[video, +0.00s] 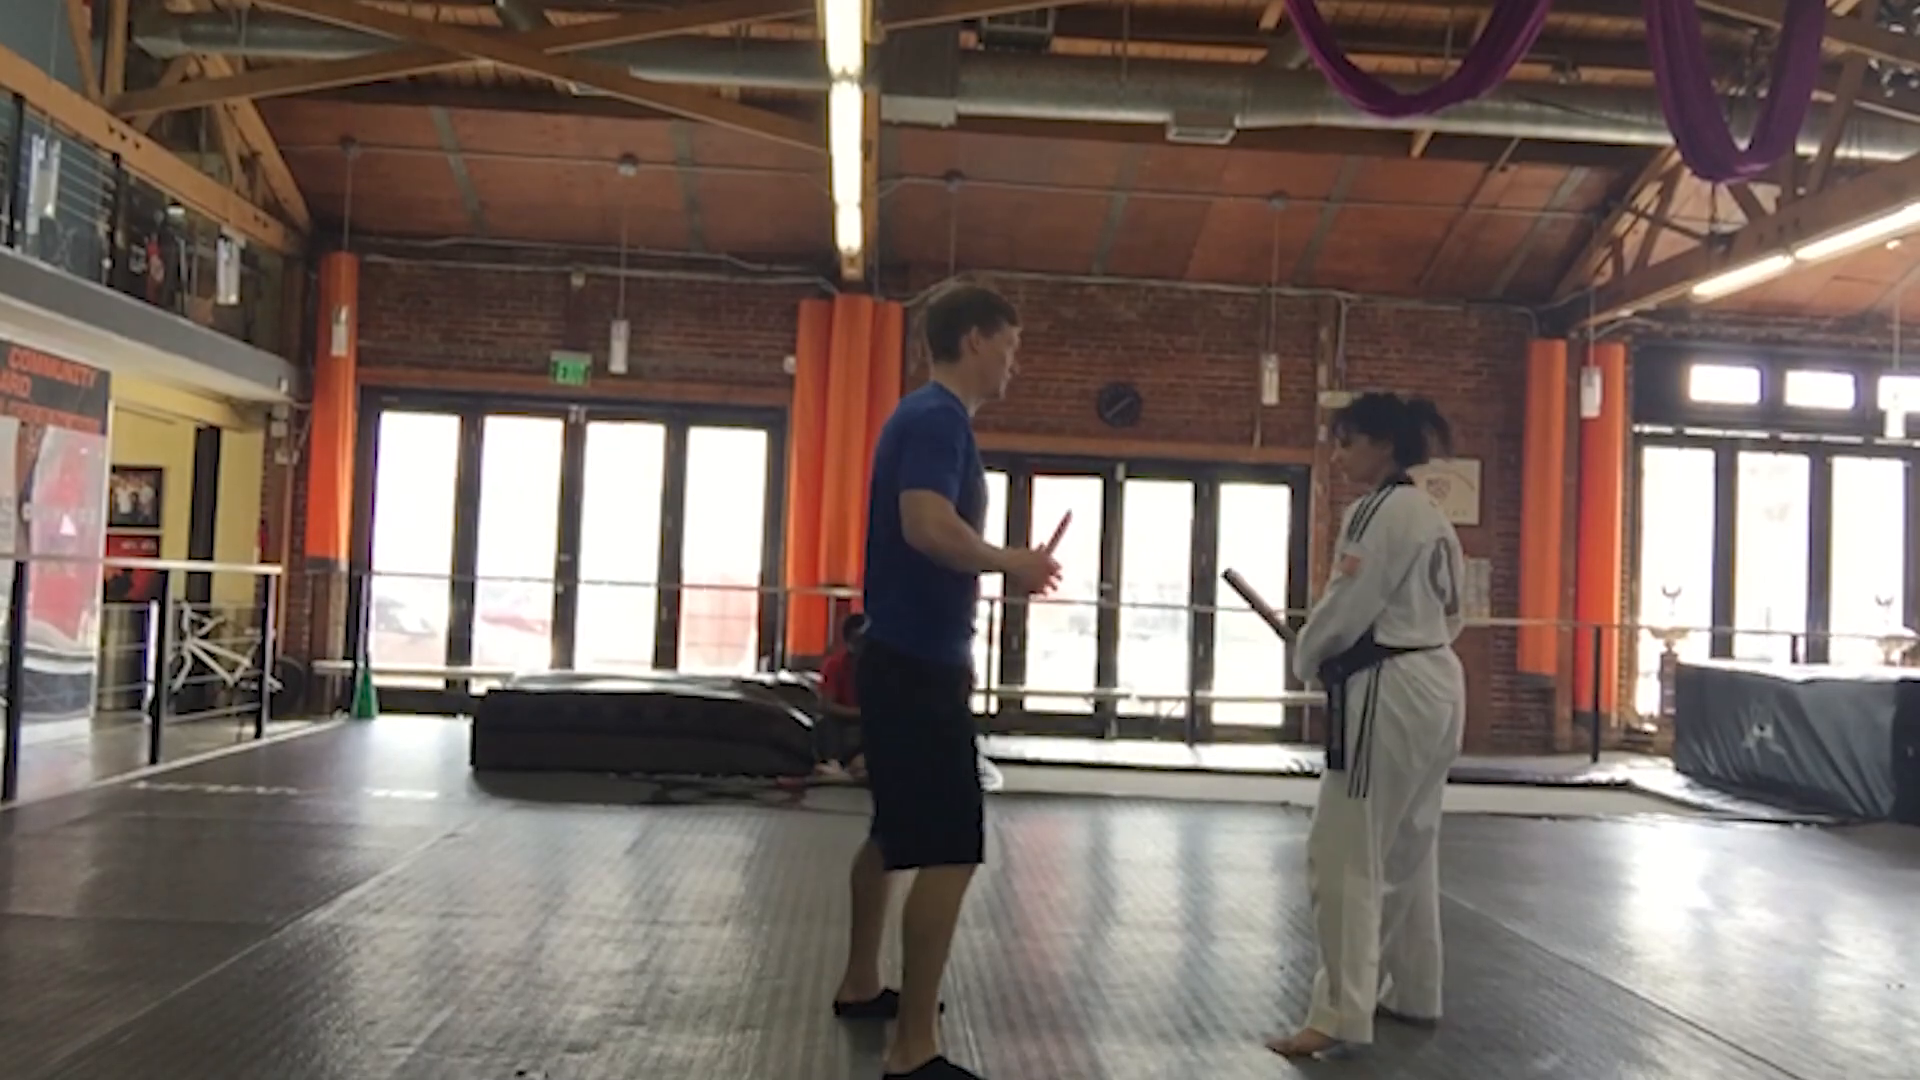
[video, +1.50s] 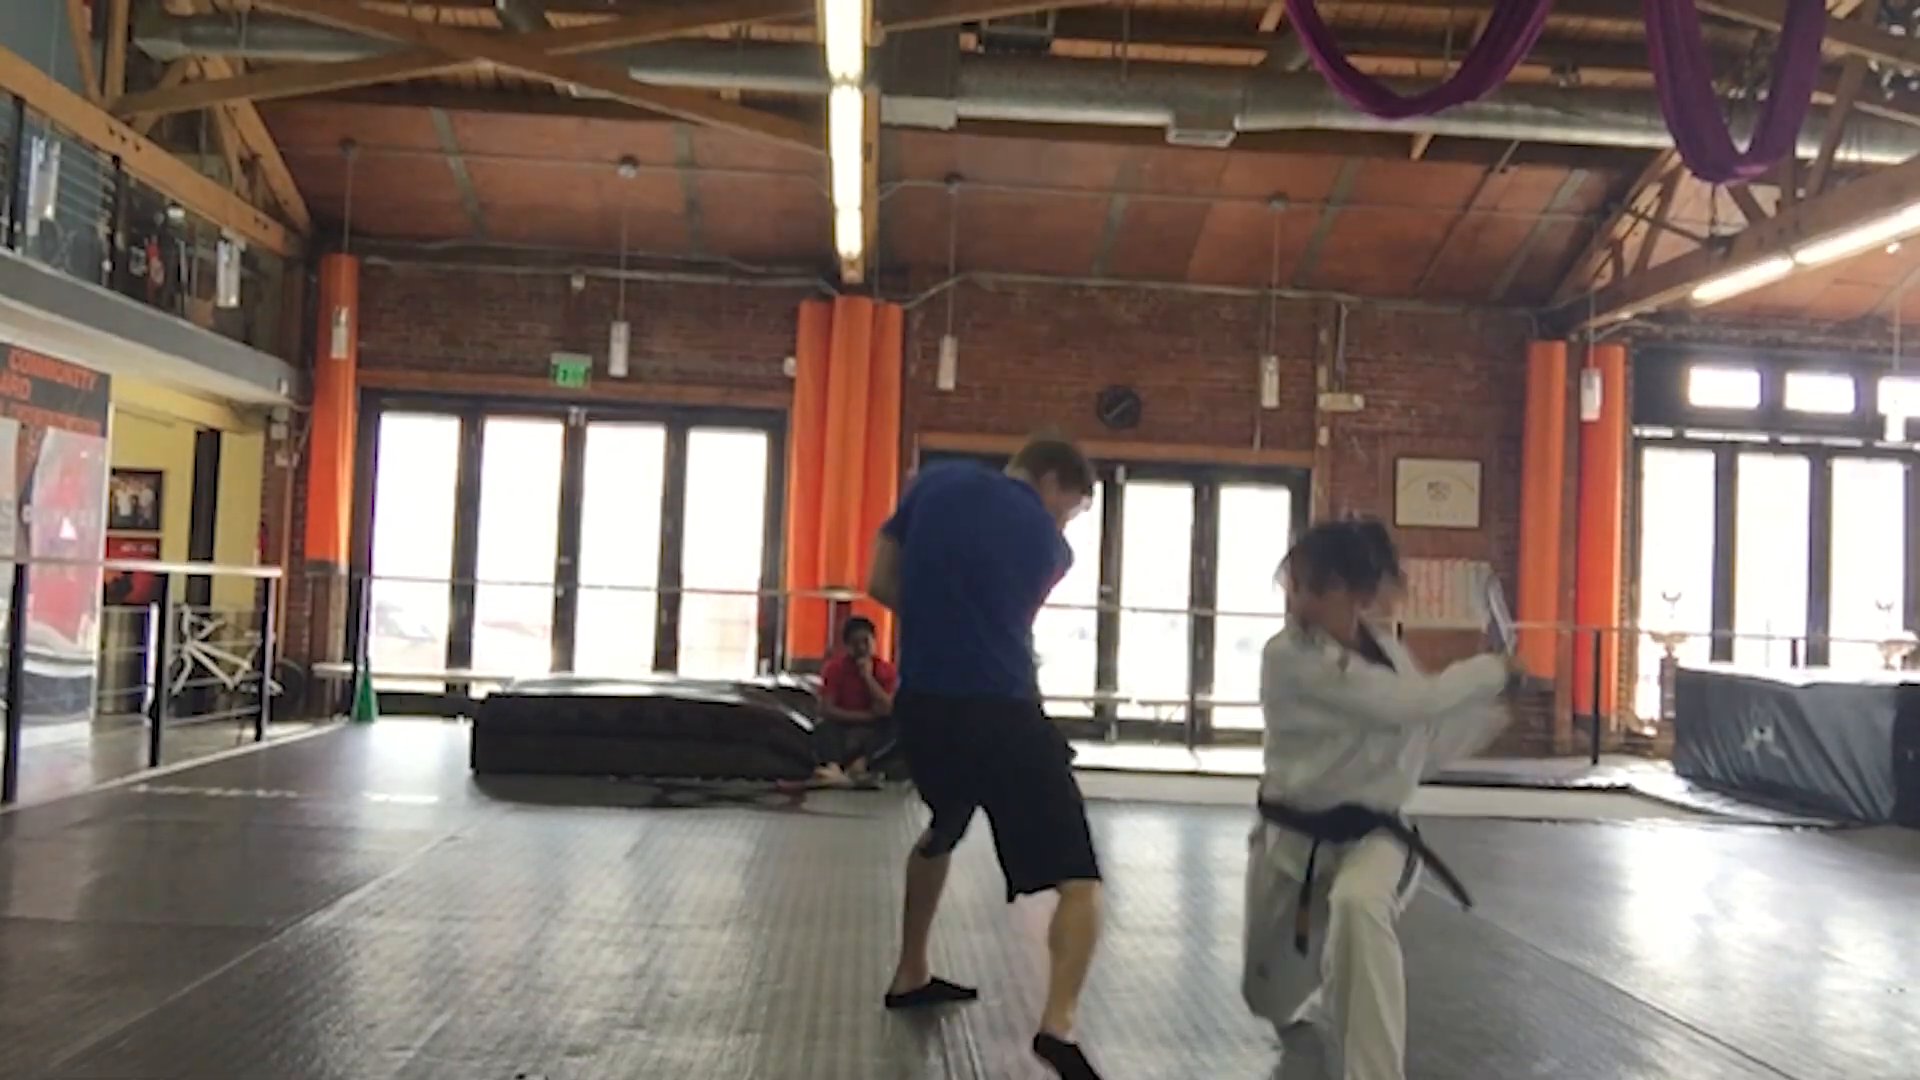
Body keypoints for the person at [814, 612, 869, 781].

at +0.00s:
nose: (864, 644)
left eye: (866, 638)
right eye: (859, 639)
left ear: (869, 637)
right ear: (848, 638)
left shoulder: (872, 662)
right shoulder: (836, 664)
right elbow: (827, 705)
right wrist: (859, 712)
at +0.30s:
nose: (864, 646)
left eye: (867, 639)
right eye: (858, 641)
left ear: (874, 638)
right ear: (848, 642)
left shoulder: (879, 664)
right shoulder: (835, 666)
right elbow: (827, 707)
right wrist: (868, 714)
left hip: (869, 723)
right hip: (841, 722)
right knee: (826, 725)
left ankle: (860, 764)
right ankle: (833, 765)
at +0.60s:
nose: (862, 645)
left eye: (866, 639)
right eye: (856, 641)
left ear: (873, 639)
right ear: (847, 643)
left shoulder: (880, 664)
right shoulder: (835, 666)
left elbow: (883, 706)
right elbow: (827, 706)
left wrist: (868, 674)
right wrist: (869, 713)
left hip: (872, 722)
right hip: (842, 721)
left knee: (895, 730)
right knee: (823, 728)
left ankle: (861, 763)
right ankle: (833, 766)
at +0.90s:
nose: (861, 646)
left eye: (865, 639)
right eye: (855, 641)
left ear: (873, 639)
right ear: (847, 643)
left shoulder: (885, 667)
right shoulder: (834, 667)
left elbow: (894, 708)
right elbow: (826, 707)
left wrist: (868, 675)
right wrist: (869, 713)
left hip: (876, 723)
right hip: (843, 722)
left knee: (903, 723)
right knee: (824, 727)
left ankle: (863, 762)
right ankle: (833, 766)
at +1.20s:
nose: (861, 646)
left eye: (865, 639)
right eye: (855, 641)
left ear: (873, 639)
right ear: (847, 643)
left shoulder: (884, 667)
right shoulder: (834, 666)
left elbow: (894, 707)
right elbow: (826, 707)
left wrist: (869, 675)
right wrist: (869, 712)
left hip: (875, 721)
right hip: (843, 721)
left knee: (904, 722)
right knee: (824, 727)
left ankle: (864, 761)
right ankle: (833, 766)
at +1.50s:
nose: (861, 648)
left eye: (865, 641)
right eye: (855, 643)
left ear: (873, 641)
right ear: (846, 646)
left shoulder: (885, 669)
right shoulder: (834, 668)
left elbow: (886, 708)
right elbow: (826, 709)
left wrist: (868, 676)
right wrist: (868, 715)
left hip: (873, 723)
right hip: (841, 723)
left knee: (895, 728)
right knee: (824, 728)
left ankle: (861, 765)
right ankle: (833, 767)